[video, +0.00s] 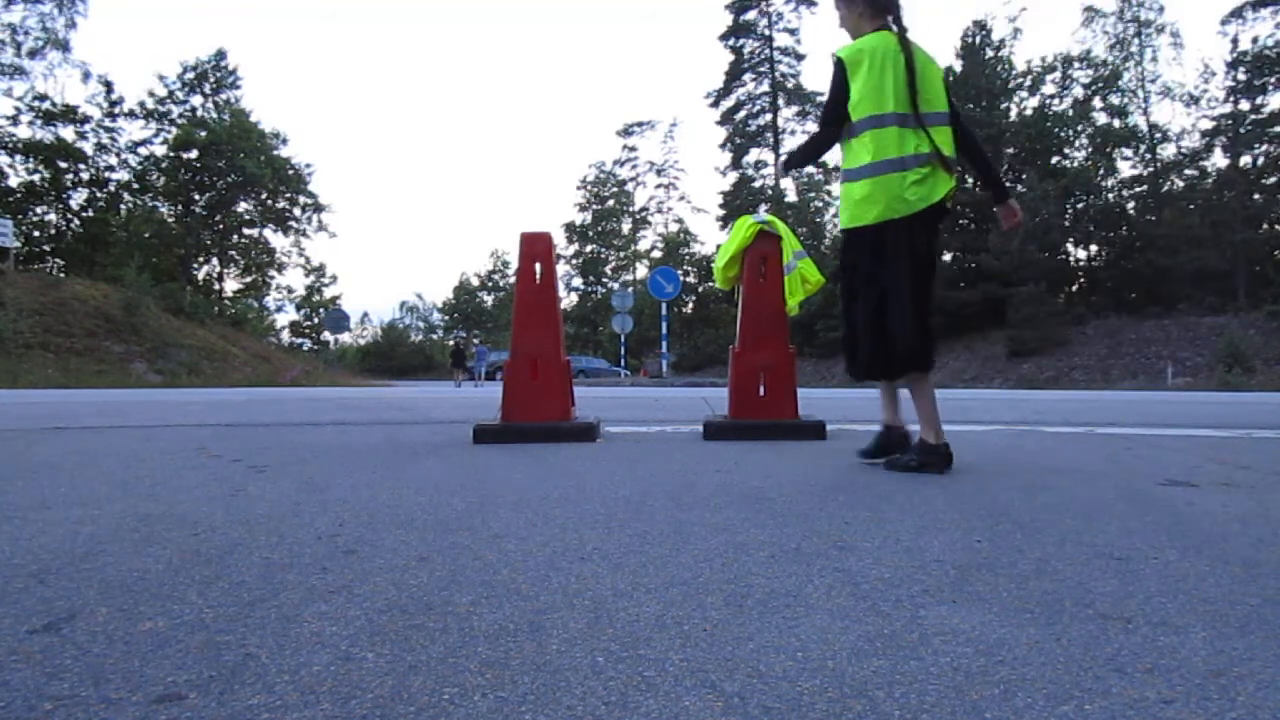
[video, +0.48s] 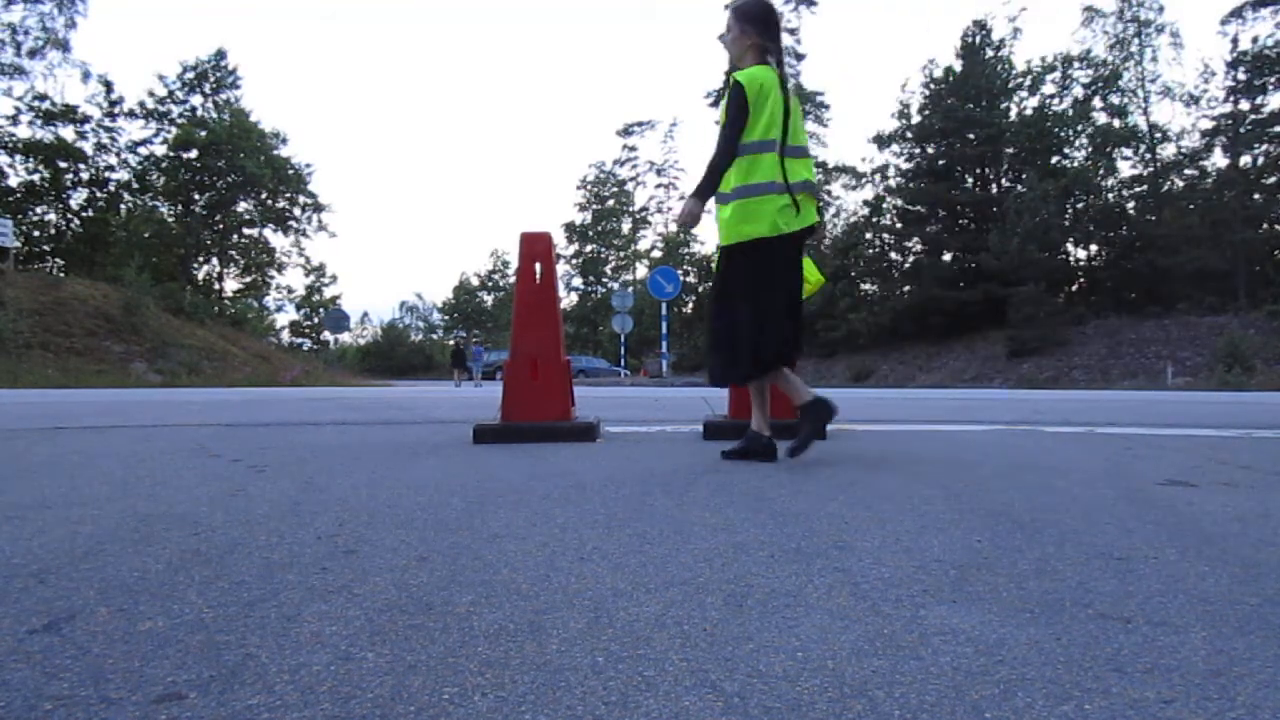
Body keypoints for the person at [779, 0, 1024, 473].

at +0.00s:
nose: (840, 20)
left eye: (841, 10)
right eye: (839, 11)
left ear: (859, 9)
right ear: (885, 11)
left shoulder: (853, 56)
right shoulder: (926, 62)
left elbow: (831, 129)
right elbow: (959, 132)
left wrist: (788, 162)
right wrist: (999, 195)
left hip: (872, 211)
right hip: (920, 205)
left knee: (888, 322)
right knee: (892, 320)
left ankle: (931, 444)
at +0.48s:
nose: (722, 39)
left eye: (728, 31)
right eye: (725, 31)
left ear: (750, 35)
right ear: (764, 37)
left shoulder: (745, 81)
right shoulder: (783, 87)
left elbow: (728, 148)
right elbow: (791, 159)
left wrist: (697, 198)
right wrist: (803, 223)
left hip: (753, 230)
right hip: (780, 228)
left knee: (740, 331)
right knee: (755, 330)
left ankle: (808, 403)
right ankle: (759, 433)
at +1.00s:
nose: (655, 37)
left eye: (666, 32)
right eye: (649, 30)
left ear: (682, 49)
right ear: (641, 44)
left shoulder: (698, 104)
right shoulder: (613, 105)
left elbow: (747, 162)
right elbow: (552, 140)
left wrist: (807, 189)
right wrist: (484, 148)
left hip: (670, 243)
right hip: (620, 240)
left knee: (627, 332)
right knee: (582, 327)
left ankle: (623, 437)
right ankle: (642, 395)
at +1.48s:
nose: (632, 43)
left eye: (630, 35)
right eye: (630, 33)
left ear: (586, 35)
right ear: (618, 29)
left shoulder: (568, 88)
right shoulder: (610, 66)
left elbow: (547, 152)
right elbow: (662, 80)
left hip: (555, 223)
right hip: (599, 218)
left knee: (577, 332)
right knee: (628, 331)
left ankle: (533, 432)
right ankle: (589, 444)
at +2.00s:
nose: (453, 17)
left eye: (458, 6)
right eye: (454, 8)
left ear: (483, 7)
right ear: (490, 10)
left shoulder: (500, 48)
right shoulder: (502, 58)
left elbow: (503, 74)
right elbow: (475, 110)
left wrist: (486, 75)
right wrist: (426, 111)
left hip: (496, 222)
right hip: (526, 220)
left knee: (451, 334)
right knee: (536, 333)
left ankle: (406, 444)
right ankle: (571, 443)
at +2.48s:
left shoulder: (463, 36)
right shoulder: (391, 6)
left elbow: (510, 84)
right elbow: (343, 0)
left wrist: (578, 66)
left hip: (426, 177)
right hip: (364, 160)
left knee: (412, 304)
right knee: (388, 285)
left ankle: (364, 419)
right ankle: (363, 427)